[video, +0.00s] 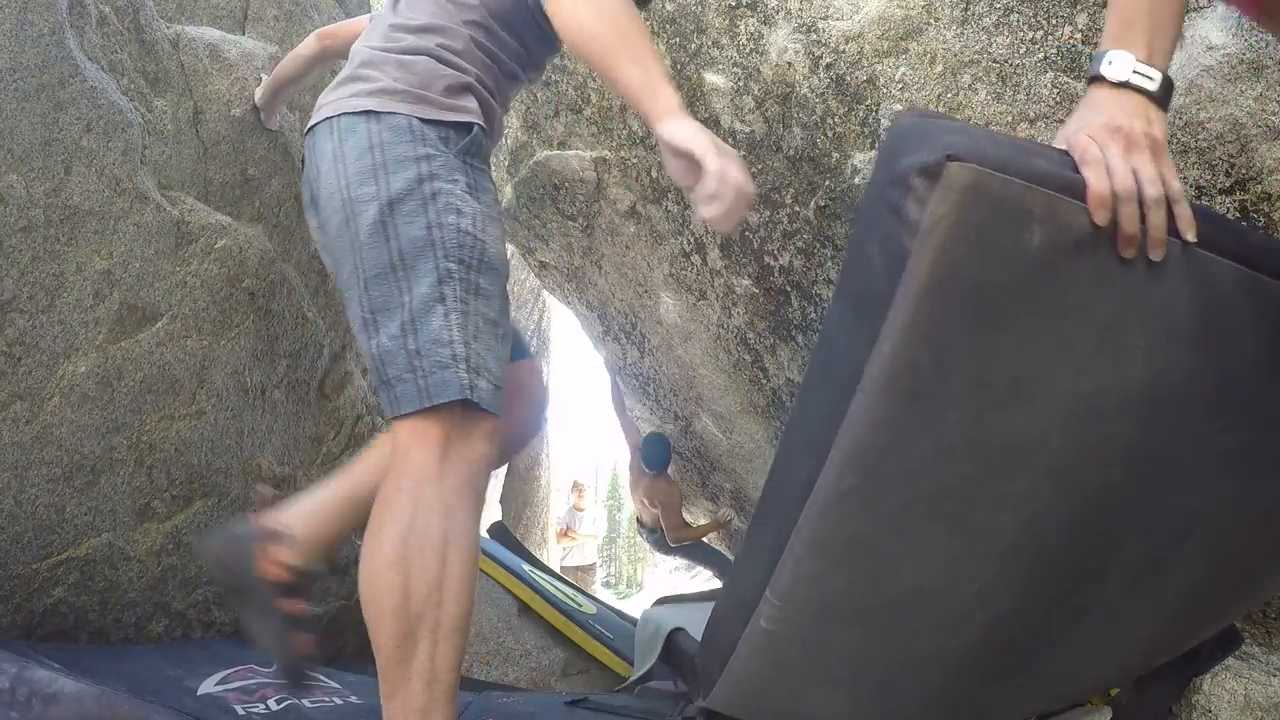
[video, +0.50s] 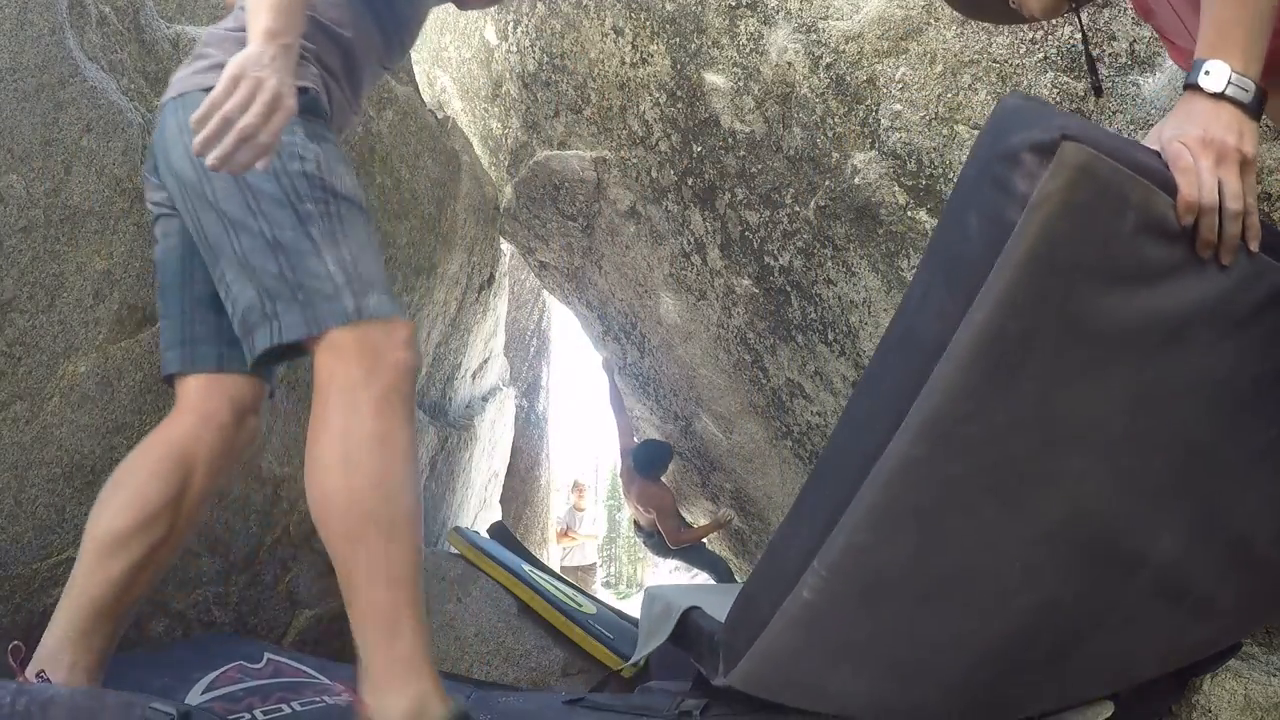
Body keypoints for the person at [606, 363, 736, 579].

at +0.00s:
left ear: (641, 453)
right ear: (668, 460)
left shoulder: (637, 454)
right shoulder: (668, 491)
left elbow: (621, 413)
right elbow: (675, 537)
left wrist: (612, 376)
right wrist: (715, 525)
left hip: (642, 527)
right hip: (662, 537)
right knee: (718, 560)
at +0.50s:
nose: (668, 462)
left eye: (667, 457)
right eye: (666, 460)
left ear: (637, 452)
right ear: (660, 468)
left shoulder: (627, 460)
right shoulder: (660, 497)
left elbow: (620, 415)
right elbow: (676, 540)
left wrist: (610, 376)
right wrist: (715, 525)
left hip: (642, 530)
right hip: (662, 540)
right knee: (716, 564)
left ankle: (696, 546)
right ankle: (737, 599)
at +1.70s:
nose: (664, 448)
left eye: (665, 444)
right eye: (663, 444)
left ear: (636, 432)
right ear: (652, 444)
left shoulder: (616, 440)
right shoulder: (653, 480)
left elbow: (604, 409)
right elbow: (673, 525)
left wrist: (605, 375)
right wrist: (710, 524)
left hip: (621, 518)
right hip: (644, 528)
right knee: (712, 534)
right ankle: (707, 584)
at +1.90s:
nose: (665, 446)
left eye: (666, 442)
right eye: (664, 442)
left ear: (637, 429)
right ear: (655, 444)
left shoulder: (616, 438)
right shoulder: (654, 479)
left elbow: (603, 411)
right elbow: (672, 524)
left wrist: (605, 375)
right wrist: (710, 524)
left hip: (617, 517)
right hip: (641, 529)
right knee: (704, 511)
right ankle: (693, 549)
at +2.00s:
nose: (666, 446)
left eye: (667, 442)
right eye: (665, 442)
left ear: (637, 430)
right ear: (655, 445)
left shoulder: (616, 438)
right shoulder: (654, 478)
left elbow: (603, 411)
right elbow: (671, 524)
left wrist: (605, 375)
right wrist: (711, 524)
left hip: (616, 517)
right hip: (638, 528)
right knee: (701, 500)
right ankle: (689, 537)